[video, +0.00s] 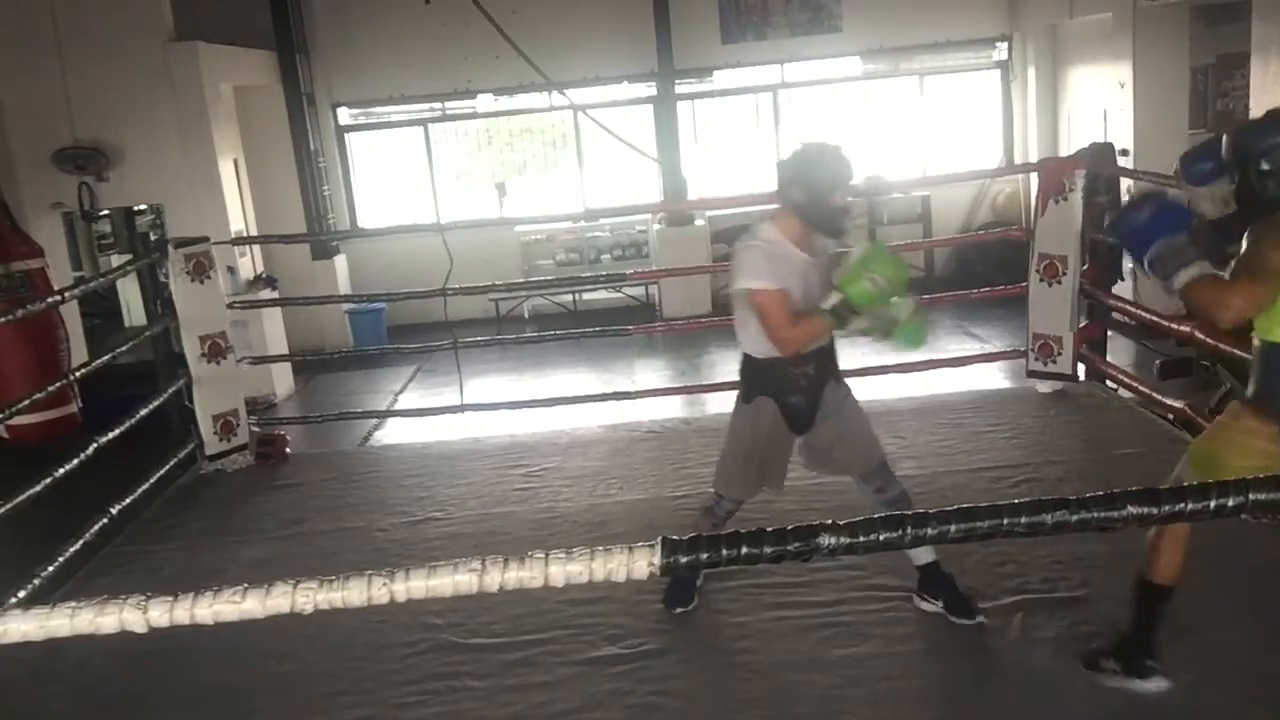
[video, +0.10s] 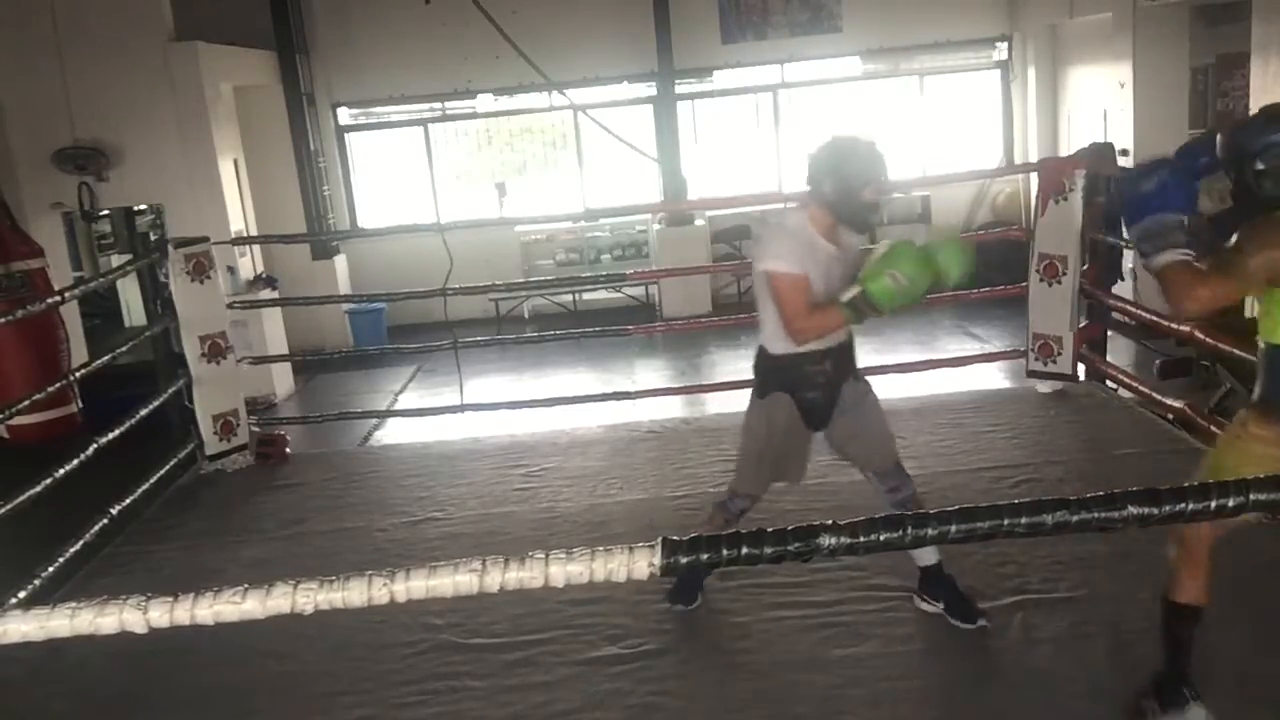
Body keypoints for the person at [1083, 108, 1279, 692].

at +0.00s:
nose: (1237, 180)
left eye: (1241, 167)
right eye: (1240, 164)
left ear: (1263, 171)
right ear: (1270, 169)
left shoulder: (1272, 233)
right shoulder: (1267, 227)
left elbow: (1226, 309)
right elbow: (1244, 297)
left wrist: (1168, 249)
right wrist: (1219, 224)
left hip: (1265, 415)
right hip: (1265, 410)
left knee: (1175, 504)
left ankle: (1138, 650)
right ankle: (1140, 648)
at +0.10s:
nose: (1245, 176)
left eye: (1249, 162)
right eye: (1246, 160)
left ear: (1261, 167)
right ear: (1272, 164)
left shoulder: (1272, 237)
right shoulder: (1266, 235)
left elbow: (1192, 296)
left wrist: (1160, 227)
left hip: (1266, 426)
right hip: (1262, 422)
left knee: (1195, 534)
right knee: (1194, 533)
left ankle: (1174, 687)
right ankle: (1174, 684)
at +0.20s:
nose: (1216, 183)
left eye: (1224, 171)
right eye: (1219, 170)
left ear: (1247, 174)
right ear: (1271, 172)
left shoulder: (1251, 239)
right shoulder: (1260, 234)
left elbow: (1143, 293)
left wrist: (1134, 211)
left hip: (1264, 452)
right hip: (1264, 447)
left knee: (1222, 585)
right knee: (1221, 579)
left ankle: (1197, 705)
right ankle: (1197, 701)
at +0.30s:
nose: (1200, 193)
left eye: (1207, 180)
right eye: (1202, 179)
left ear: (1229, 181)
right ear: (1264, 176)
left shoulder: (1239, 246)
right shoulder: (1258, 238)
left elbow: (1125, 300)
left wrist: (1120, 215)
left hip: (1265, 453)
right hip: (1264, 448)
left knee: (1226, 590)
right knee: (1228, 586)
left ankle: (1197, 708)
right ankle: (1199, 705)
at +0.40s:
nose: (1221, 188)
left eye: (1226, 176)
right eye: (1225, 175)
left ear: (1240, 183)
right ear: (1273, 180)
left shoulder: (1251, 253)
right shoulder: (1260, 249)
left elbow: (1156, 314)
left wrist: (1138, 236)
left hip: (1271, 454)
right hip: (1269, 450)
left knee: (1227, 588)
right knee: (1228, 586)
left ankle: (1195, 708)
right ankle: (1197, 705)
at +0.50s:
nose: (1255, 193)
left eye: (1259, 184)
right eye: (1258, 181)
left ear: (1263, 195)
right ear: (1263, 192)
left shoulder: (1269, 267)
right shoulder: (1263, 264)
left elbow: (1219, 344)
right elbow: (1221, 342)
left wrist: (1182, 269)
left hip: (1264, 460)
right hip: (1257, 456)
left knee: (1224, 578)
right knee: (1224, 578)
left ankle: (1192, 707)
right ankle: (1193, 705)